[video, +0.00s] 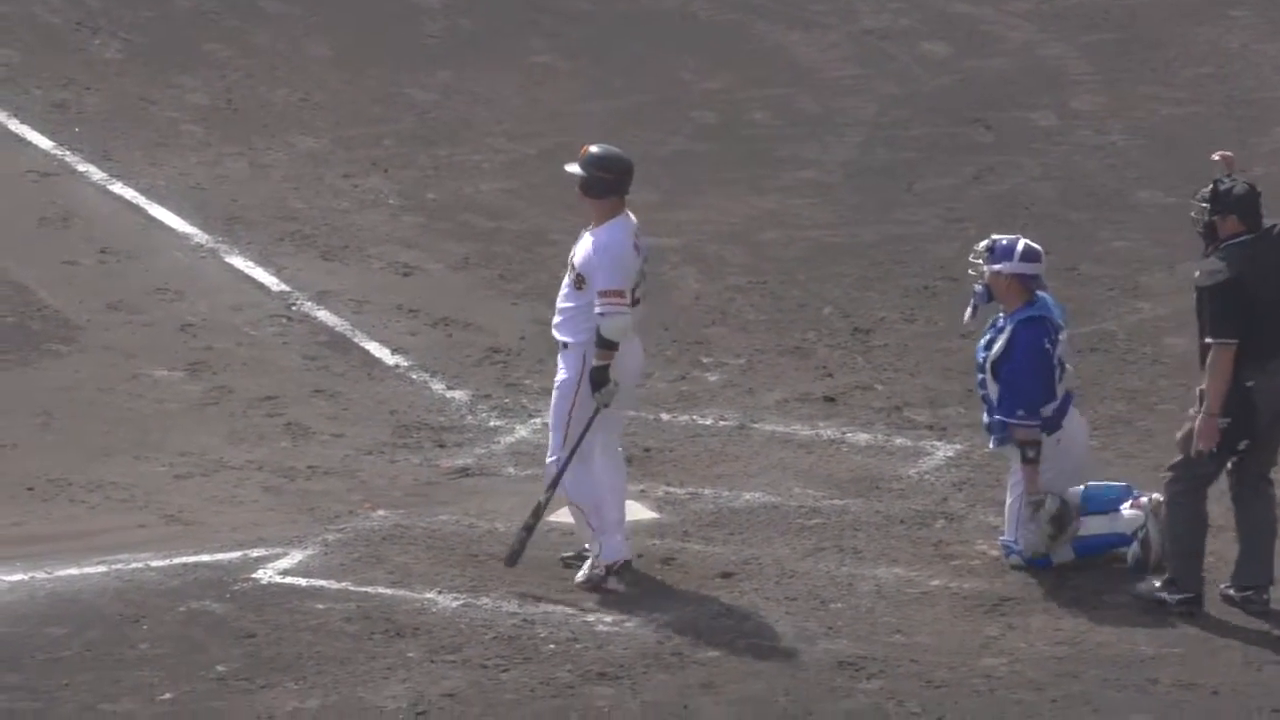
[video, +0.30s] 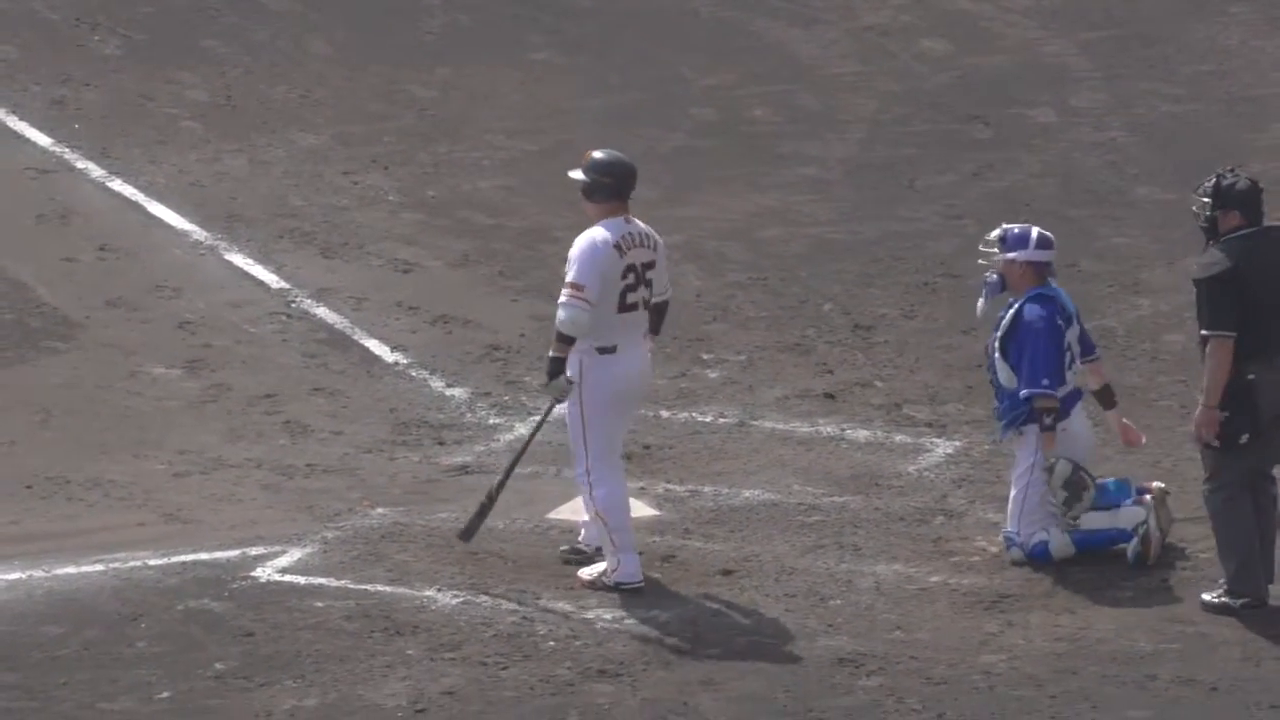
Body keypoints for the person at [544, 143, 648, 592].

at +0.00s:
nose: (577, 187)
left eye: (583, 182)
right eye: (580, 180)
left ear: (598, 189)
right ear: (616, 189)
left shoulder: (608, 245)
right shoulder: (618, 226)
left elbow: (613, 318)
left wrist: (600, 370)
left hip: (587, 357)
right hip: (609, 350)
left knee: (565, 460)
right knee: (599, 449)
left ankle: (606, 551)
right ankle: (608, 544)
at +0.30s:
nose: (581, 192)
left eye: (586, 187)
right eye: (584, 185)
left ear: (597, 193)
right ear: (624, 192)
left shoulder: (591, 244)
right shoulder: (650, 238)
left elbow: (572, 317)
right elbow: (659, 305)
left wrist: (554, 362)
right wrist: (642, 344)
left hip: (598, 364)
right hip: (636, 361)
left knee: (598, 466)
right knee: (600, 451)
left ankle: (623, 565)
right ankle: (594, 536)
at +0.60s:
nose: (572, 192)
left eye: (576, 187)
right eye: (574, 186)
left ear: (589, 190)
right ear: (618, 192)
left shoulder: (569, 232)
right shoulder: (646, 248)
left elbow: (537, 295)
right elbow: (654, 318)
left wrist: (523, 346)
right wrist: (651, 366)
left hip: (582, 366)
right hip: (630, 362)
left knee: (589, 467)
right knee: (620, 404)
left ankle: (603, 562)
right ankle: (636, 487)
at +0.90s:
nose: (579, 191)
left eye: (583, 186)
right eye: (582, 186)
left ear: (592, 189)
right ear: (626, 193)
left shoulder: (566, 226)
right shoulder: (651, 248)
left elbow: (528, 289)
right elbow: (660, 321)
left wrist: (517, 341)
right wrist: (657, 372)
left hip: (573, 360)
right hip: (625, 357)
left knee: (576, 463)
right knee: (648, 439)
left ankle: (587, 557)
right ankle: (669, 538)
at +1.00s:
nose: (585, 191)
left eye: (589, 186)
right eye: (588, 185)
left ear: (598, 188)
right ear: (631, 192)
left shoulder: (570, 226)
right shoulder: (657, 248)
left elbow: (530, 289)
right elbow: (660, 321)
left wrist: (519, 341)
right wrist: (656, 378)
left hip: (578, 358)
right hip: (632, 356)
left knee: (578, 464)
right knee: (647, 466)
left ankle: (583, 556)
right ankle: (661, 557)